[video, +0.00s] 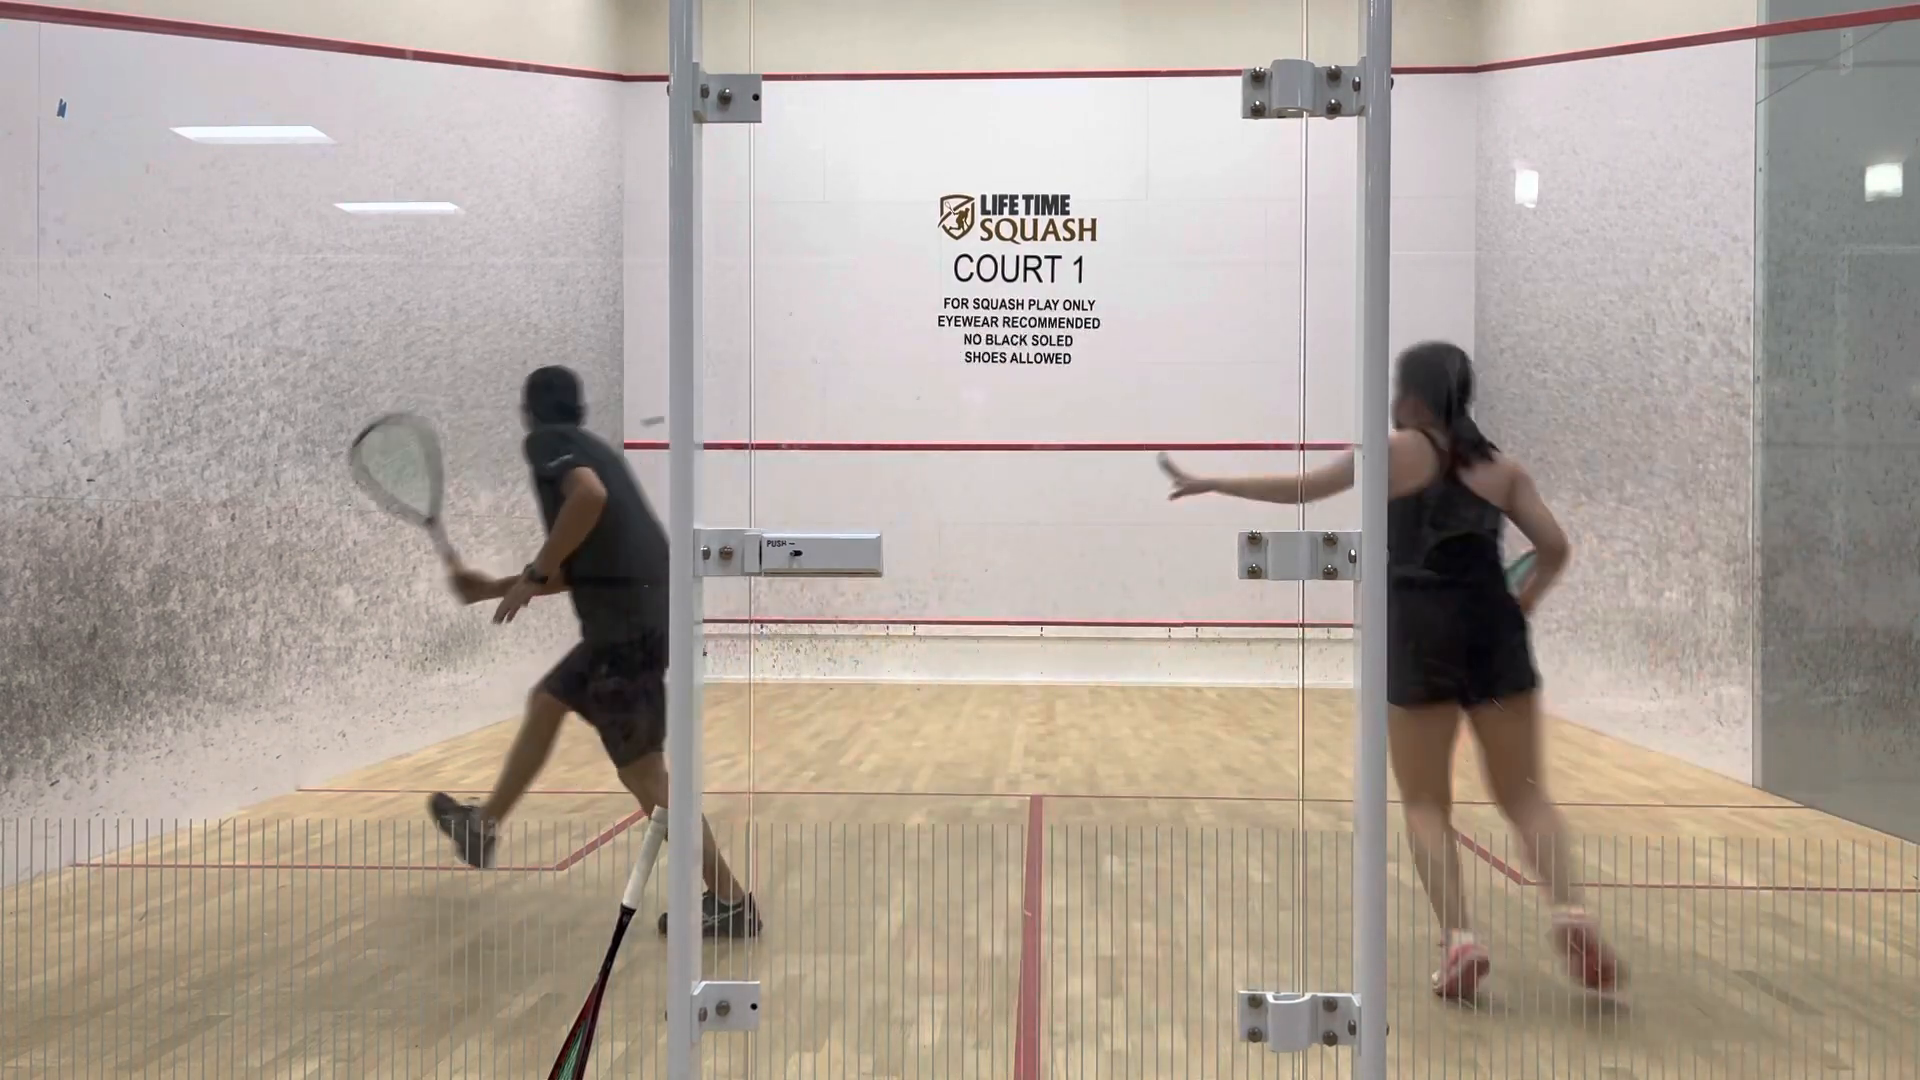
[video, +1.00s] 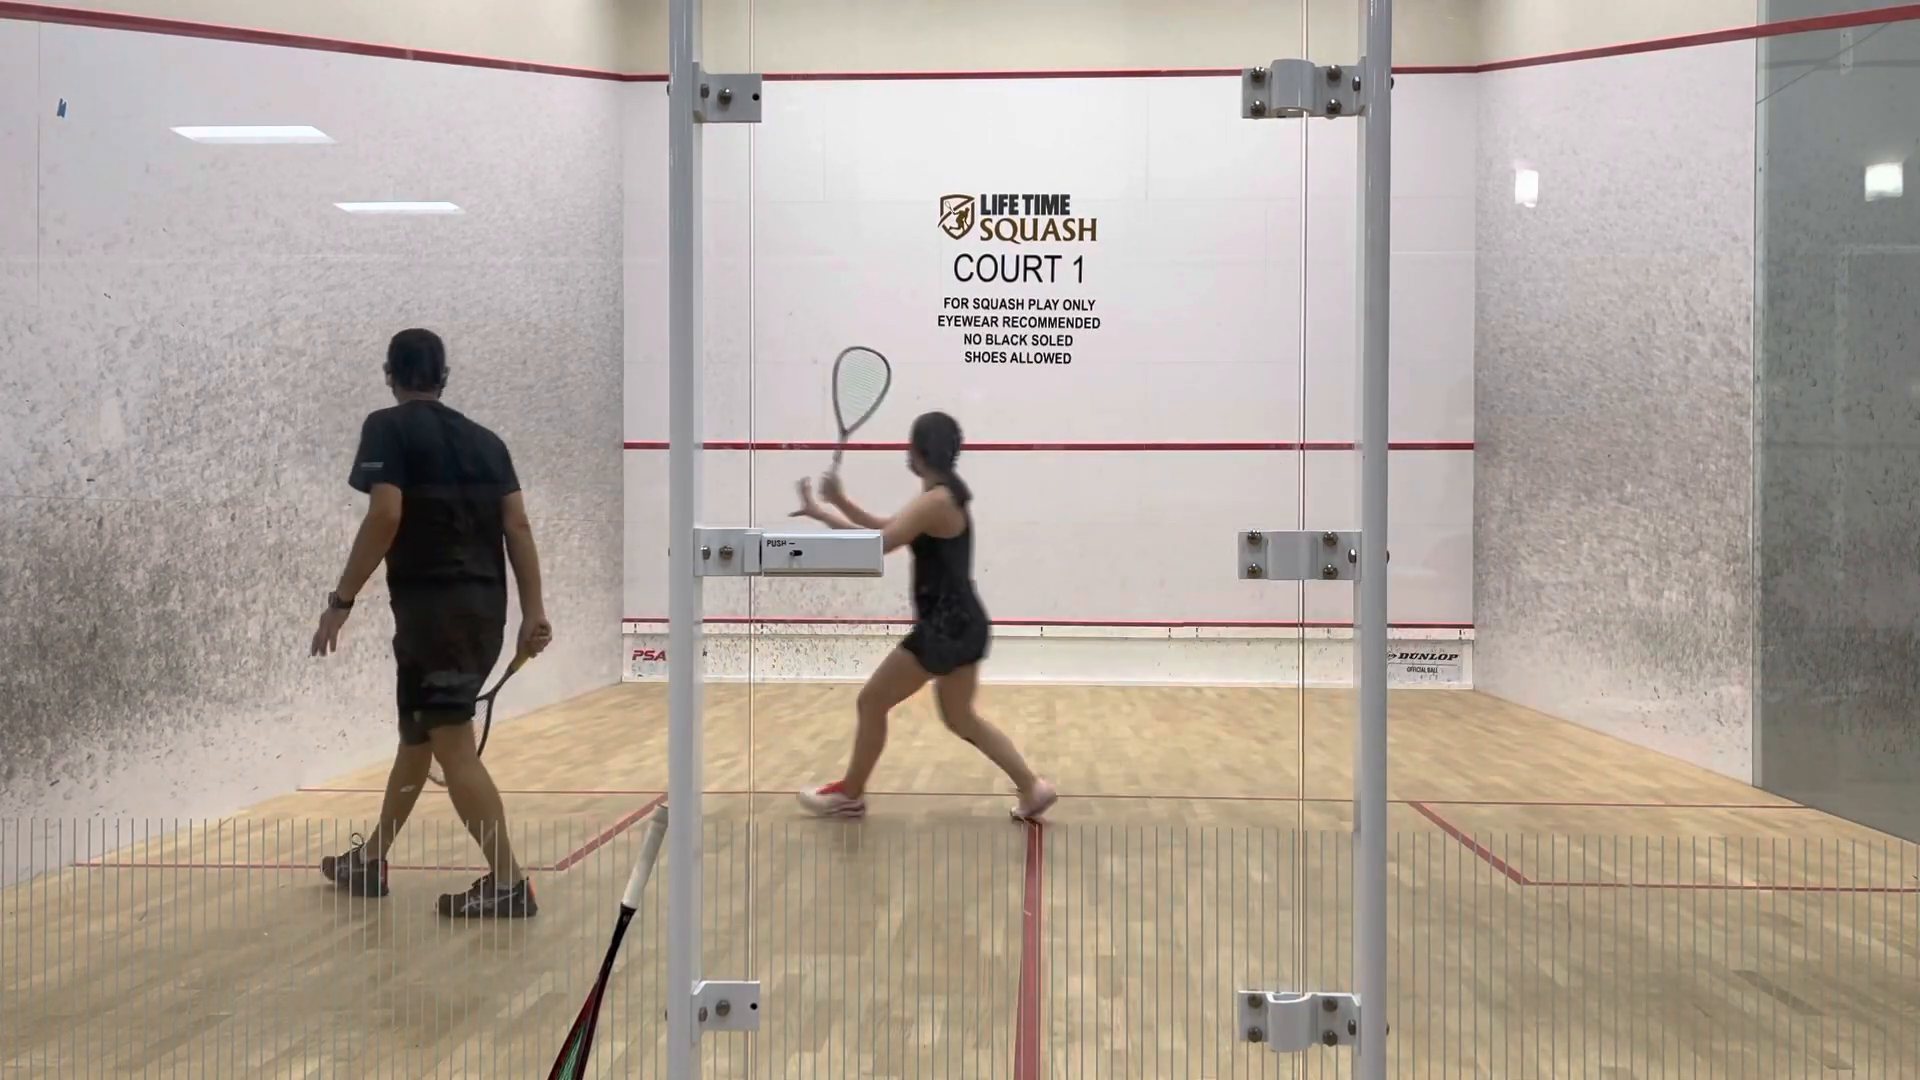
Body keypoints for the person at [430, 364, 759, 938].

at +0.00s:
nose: (526, 417)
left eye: (527, 408)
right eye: (537, 408)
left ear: (530, 409)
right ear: (577, 407)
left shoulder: (547, 440)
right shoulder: (595, 449)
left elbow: (589, 495)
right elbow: (581, 564)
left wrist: (537, 575)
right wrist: (496, 587)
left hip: (630, 632)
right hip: (648, 623)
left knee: (643, 774)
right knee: (548, 701)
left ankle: (728, 896)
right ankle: (485, 826)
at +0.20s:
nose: (394, 477)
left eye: (396, 467)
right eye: (393, 467)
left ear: (412, 466)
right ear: (430, 462)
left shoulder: (452, 487)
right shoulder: (445, 514)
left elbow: (520, 503)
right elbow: (409, 589)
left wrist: (537, 570)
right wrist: (341, 625)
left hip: (533, 655)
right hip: (516, 661)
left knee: (568, 781)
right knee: (450, 752)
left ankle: (704, 862)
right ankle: (374, 861)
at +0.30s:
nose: (335, 508)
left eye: (340, 498)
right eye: (333, 499)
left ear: (361, 494)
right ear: (365, 496)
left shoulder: (394, 509)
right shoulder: (389, 541)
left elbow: (464, 515)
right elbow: (363, 597)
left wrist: (525, 551)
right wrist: (333, 621)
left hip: (506, 658)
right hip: (486, 663)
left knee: (516, 793)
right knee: (415, 729)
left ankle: (650, 845)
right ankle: (366, 860)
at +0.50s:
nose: (295, 507)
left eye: (295, 500)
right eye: (295, 501)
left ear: (301, 500)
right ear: (341, 489)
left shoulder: (328, 515)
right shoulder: (355, 529)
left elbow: (387, 517)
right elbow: (387, 593)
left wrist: (446, 573)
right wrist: (365, 649)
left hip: (461, 631)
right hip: (477, 623)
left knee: (456, 766)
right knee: (408, 724)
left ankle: (583, 827)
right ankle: (368, 859)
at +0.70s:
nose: (310, 449)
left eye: (310, 441)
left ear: (315, 442)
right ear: (363, 442)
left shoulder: (324, 468)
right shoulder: (385, 474)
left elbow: (360, 511)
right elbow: (420, 542)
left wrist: (368, 601)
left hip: (431, 612)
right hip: (471, 605)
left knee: (410, 751)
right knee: (400, 743)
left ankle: (529, 827)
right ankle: (366, 857)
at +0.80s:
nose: (337, 421)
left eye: (335, 413)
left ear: (339, 413)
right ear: (388, 412)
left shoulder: (343, 448)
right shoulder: (425, 462)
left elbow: (367, 506)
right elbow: (454, 552)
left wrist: (355, 604)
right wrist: (476, 643)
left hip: (425, 616)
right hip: (471, 611)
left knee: (408, 752)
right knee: (400, 744)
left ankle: (505, 847)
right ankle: (366, 858)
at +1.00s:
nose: (398, 383)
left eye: (394, 375)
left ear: (392, 377)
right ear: (444, 378)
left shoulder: (388, 426)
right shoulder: (487, 441)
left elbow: (385, 514)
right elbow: (518, 528)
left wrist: (340, 600)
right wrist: (535, 612)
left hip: (428, 615)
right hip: (486, 614)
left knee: (455, 749)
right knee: (418, 737)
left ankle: (508, 883)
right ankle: (373, 857)